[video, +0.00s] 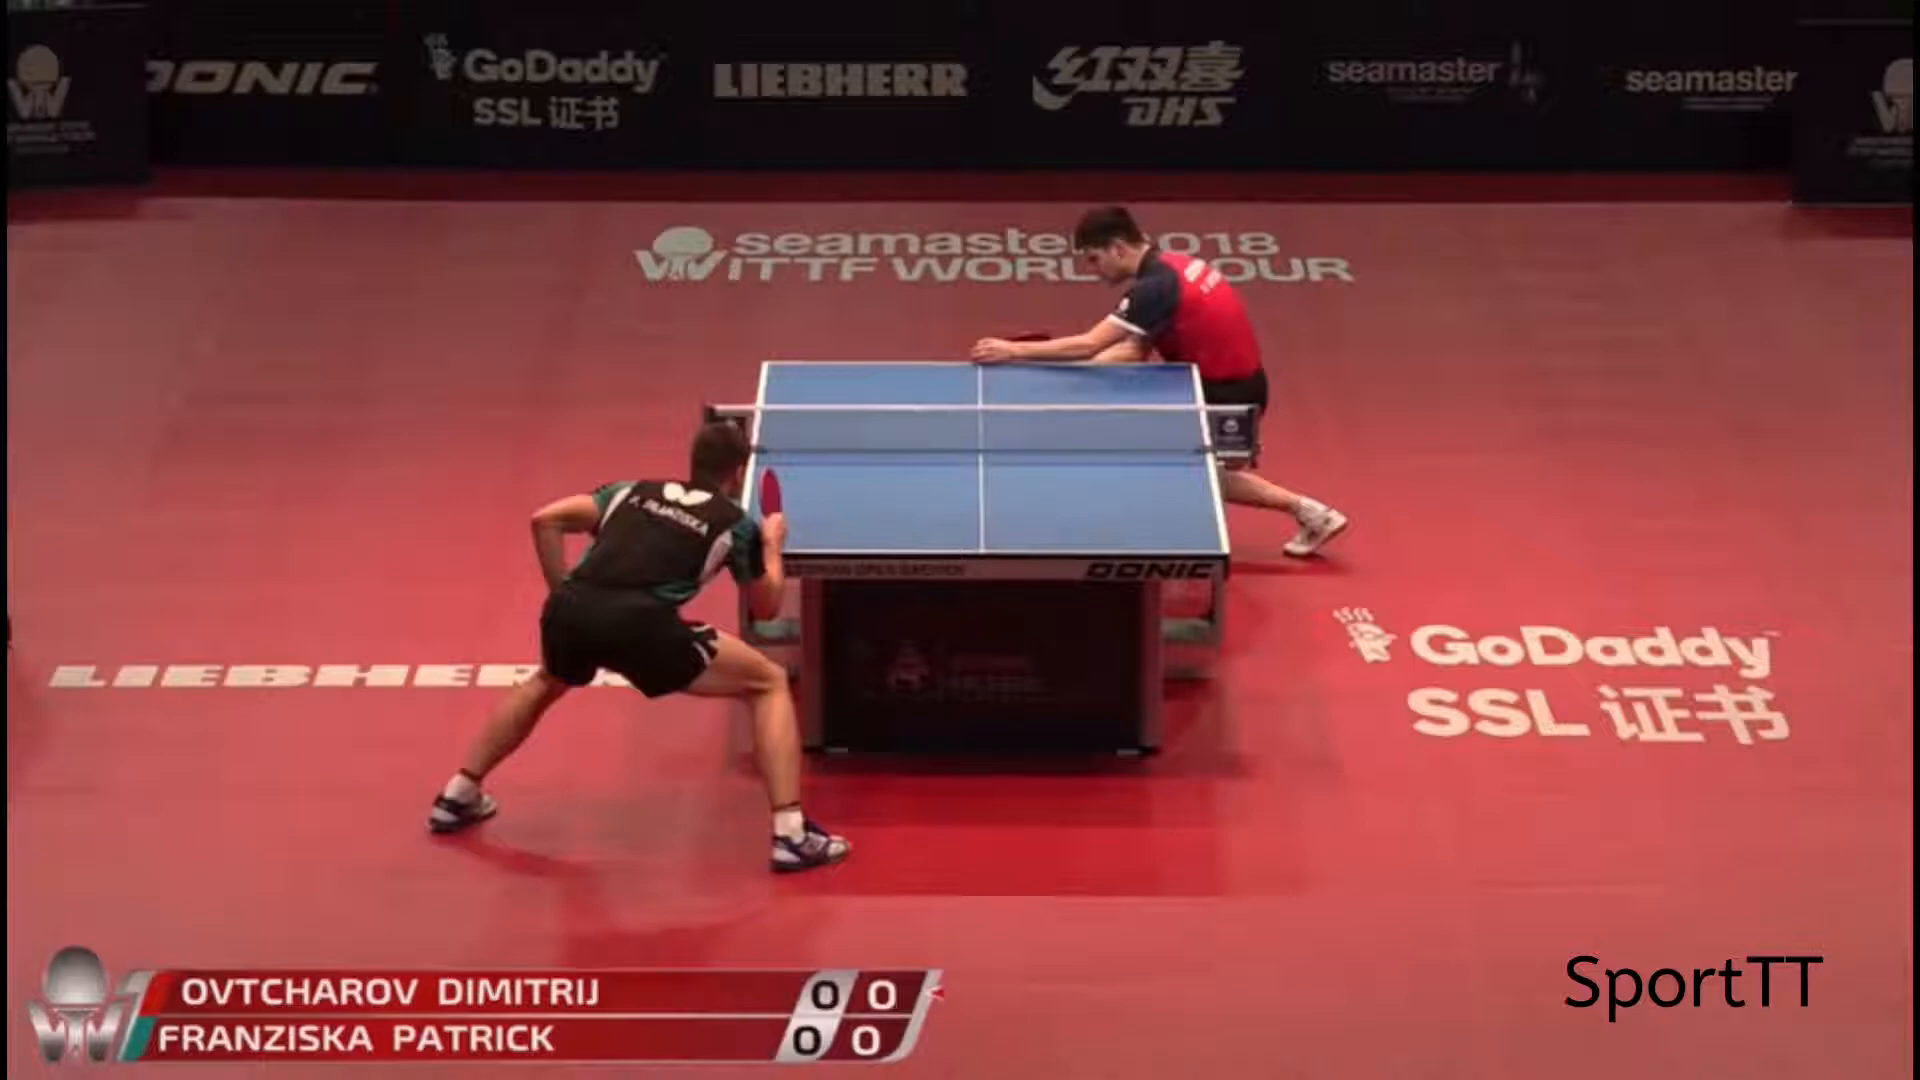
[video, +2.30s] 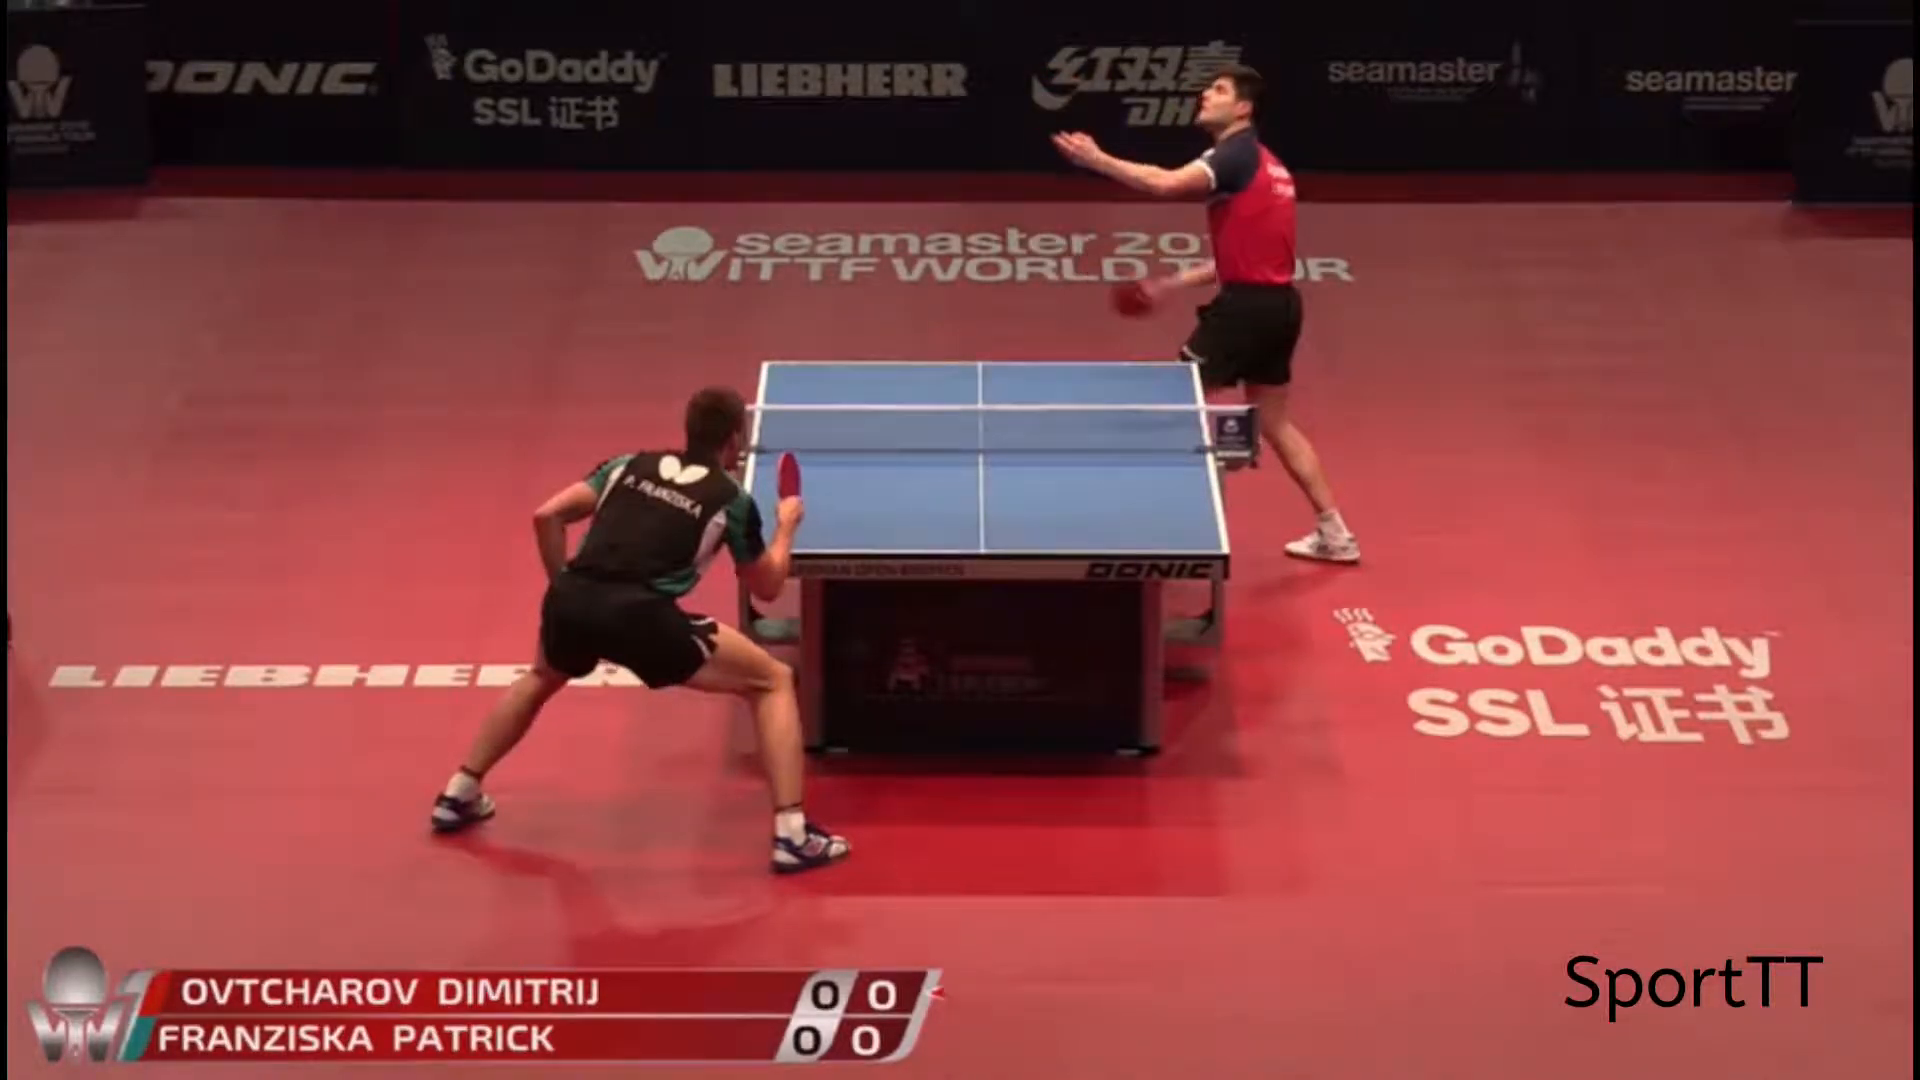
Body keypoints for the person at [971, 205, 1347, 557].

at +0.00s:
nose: (1093, 271)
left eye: (1093, 259)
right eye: (1089, 261)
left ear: (1118, 248)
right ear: (1127, 243)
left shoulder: (1157, 282)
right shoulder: (1168, 266)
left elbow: (1088, 345)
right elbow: (1136, 350)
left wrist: (1014, 351)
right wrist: (1075, 372)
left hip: (1231, 388)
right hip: (1218, 380)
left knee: (1215, 478)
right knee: (1209, 469)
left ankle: (1310, 512)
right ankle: (1308, 512)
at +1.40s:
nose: (1132, 216)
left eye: (1138, 207)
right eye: (1133, 207)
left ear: (1167, 208)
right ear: (1174, 210)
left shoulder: (1178, 262)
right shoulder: (1207, 249)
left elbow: (1098, 312)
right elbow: (1136, 323)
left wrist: (1023, 326)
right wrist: (1070, 322)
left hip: (1224, 390)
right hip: (1242, 383)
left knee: (1216, 477)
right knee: (1219, 475)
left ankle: (1311, 513)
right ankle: (1310, 515)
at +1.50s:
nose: (1145, 184)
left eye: (1154, 176)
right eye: (1147, 175)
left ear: (1180, 181)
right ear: (1182, 183)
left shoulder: (1188, 234)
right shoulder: (1210, 223)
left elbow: (1112, 276)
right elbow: (1139, 283)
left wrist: (1053, 278)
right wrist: (1070, 273)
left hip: (1223, 369)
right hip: (1238, 364)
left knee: (1230, 467)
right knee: (1232, 466)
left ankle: (1319, 516)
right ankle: (1318, 517)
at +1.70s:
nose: (1159, 139)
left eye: (1171, 131)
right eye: (1162, 131)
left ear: (1200, 142)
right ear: (1195, 143)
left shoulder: (1202, 183)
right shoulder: (1212, 189)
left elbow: (1121, 162)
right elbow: (1127, 205)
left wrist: (1063, 108)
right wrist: (1074, 151)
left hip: (1217, 337)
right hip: (1241, 336)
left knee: (1130, 410)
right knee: (1242, 445)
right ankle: (1325, 520)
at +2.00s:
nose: (1181, 110)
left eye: (1192, 103)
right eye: (1184, 101)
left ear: (1220, 117)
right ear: (1217, 120)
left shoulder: (1216, 161)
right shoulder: (1229, 165)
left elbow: (1136, 155)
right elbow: (1144, 192)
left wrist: (1068, 115)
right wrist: (1088, 137)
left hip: (1225, 315)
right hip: (1253, 315)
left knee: (1145, 406)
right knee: (1250, 430)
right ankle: (1330, 525)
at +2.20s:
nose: (1198, 101)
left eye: (1210, 94)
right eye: (1201, 93)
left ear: (1238, 109)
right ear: (1236, 113)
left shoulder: (1232, 155)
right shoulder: (1258, 162)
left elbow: (1155, 177)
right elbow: (1204, 243)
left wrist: (1085, 146)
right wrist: (1124, 240)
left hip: (1237, 307)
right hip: (1272, 307)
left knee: (1162, 403)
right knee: (1267, 425)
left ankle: (1162, 528)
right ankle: (1334, 530)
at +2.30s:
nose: (1204, 98)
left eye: (1216, 92)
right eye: (1208, 90)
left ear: (1244, 107)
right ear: (1242, 111)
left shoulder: (1237, 154)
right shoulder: (1268, 161)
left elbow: (1168, 183)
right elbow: (1242, 255)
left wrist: (1097, 159)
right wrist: (1168, 283)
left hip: (1241, 305)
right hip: (1279, 304)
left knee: (1172, 406)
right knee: (1274, 420)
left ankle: (1166, 530)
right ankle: (1334, 529)